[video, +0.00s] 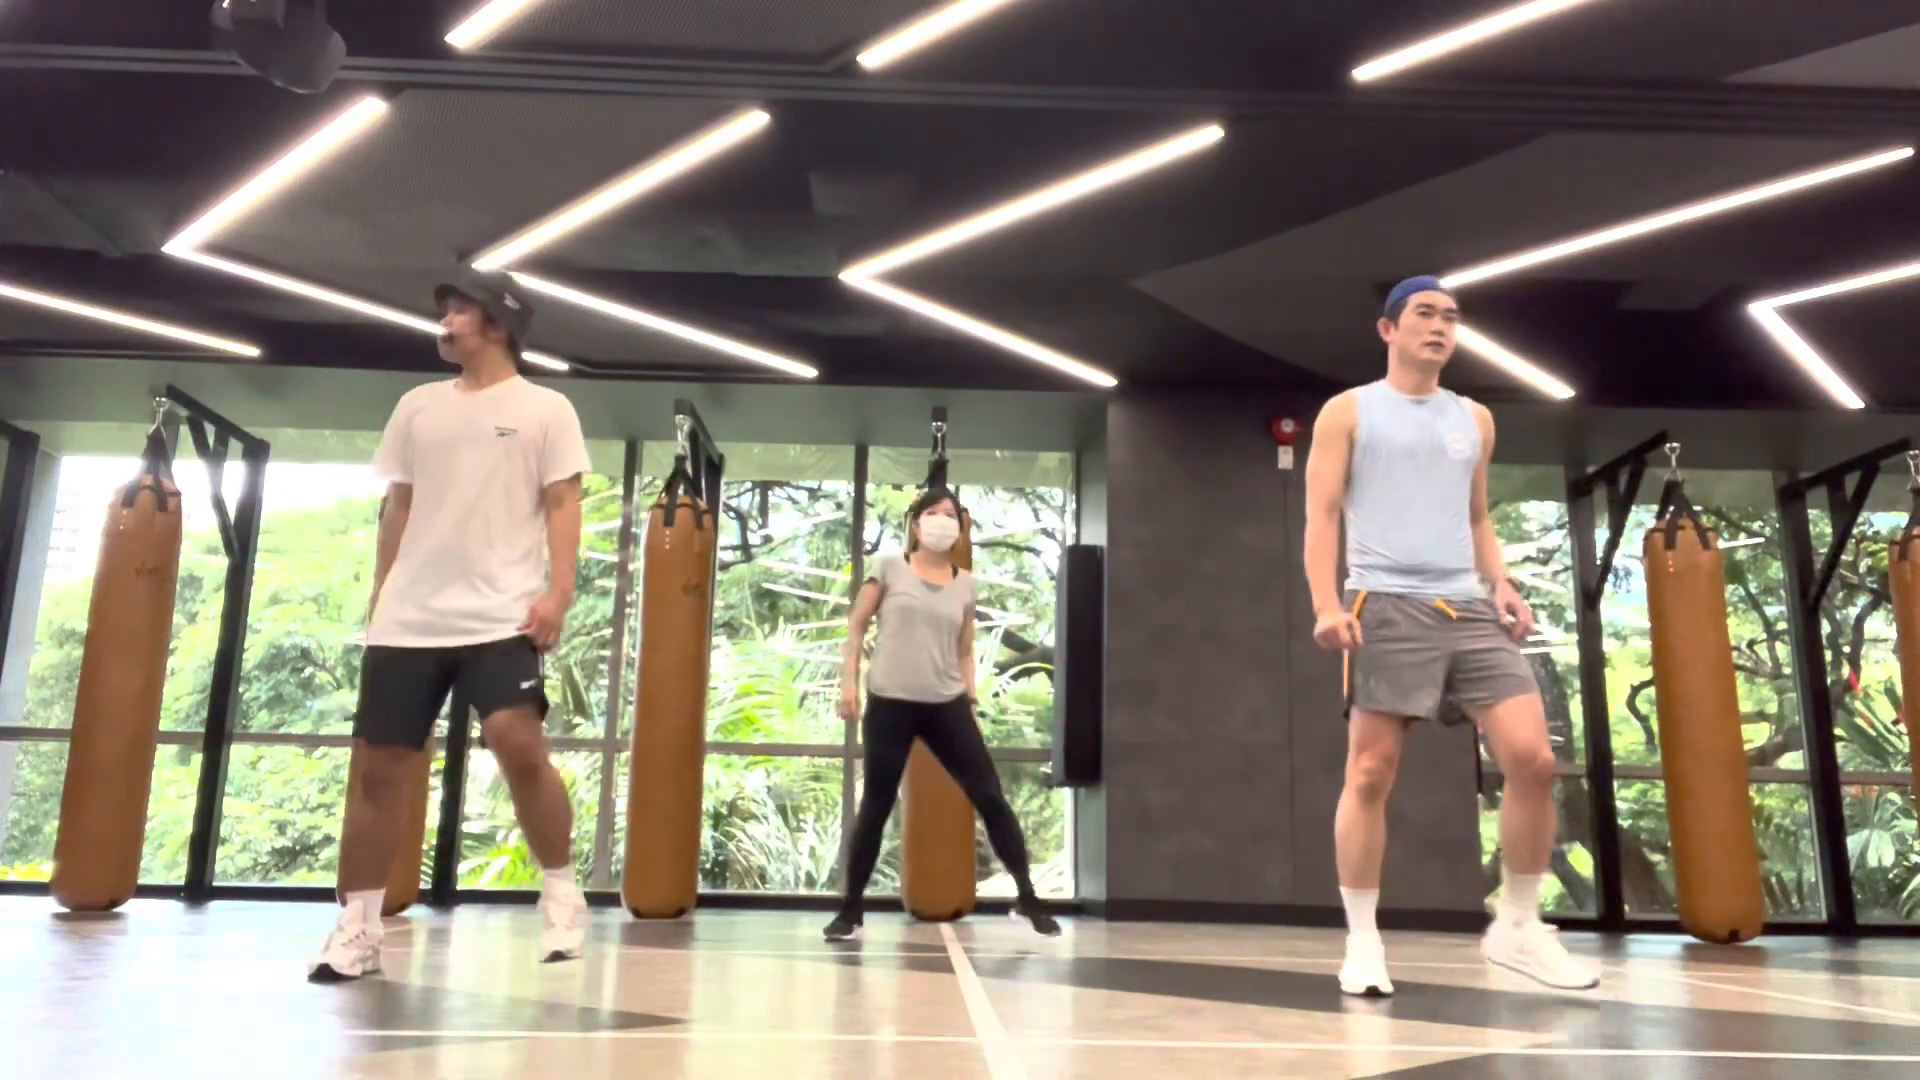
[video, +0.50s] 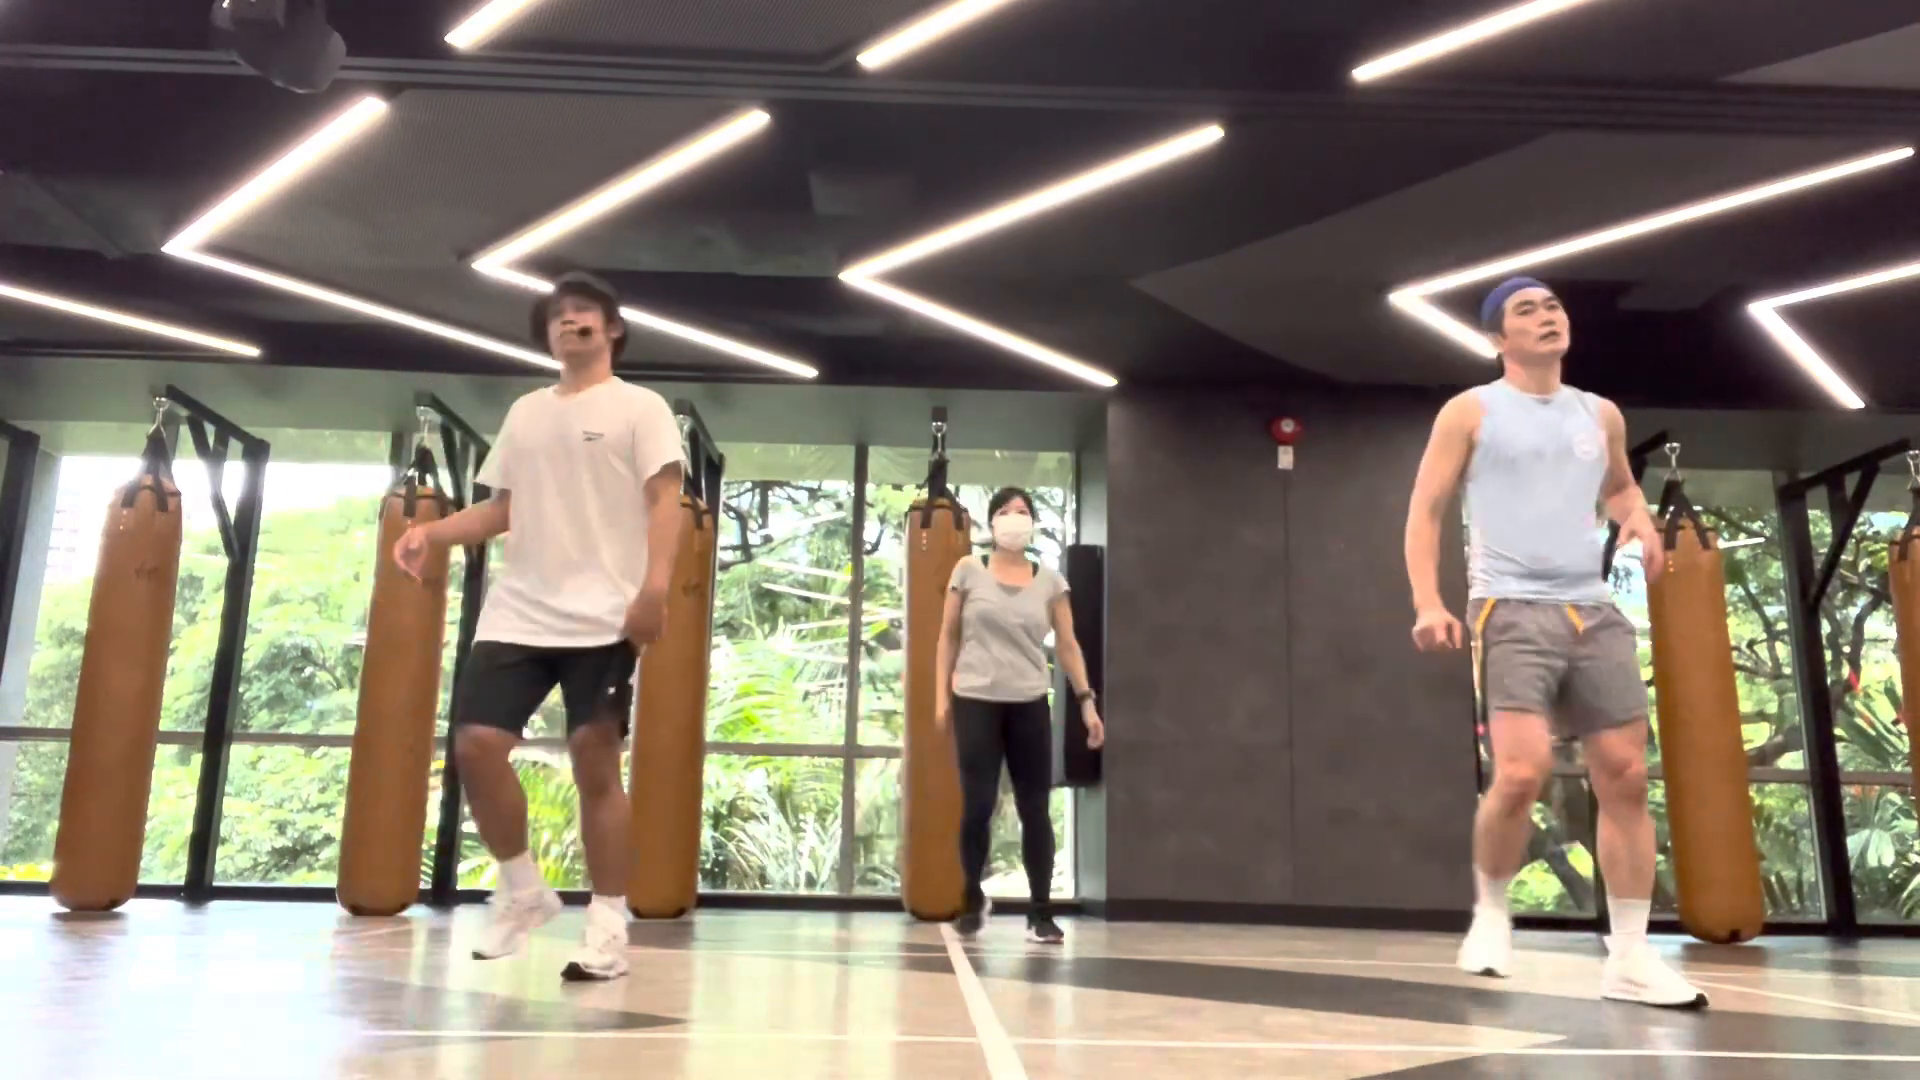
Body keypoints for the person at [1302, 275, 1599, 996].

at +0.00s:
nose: (1441, 326)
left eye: (1450, 318)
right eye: (1426, 313)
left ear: (1456, 336)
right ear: (1388, 328)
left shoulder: (1475, 421)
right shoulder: (1347, 412)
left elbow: (1480, 520)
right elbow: (1322, 514)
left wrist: (1501, 585)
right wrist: (1327, 605)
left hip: (1474, 611)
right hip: (1389, 611)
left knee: (1535, 762)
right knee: (1370, 774)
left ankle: (1517, 928)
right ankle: (1363, 946)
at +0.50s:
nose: (1547, 316)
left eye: (1554, 307)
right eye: (1527, 310)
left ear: (1569, 327)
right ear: (1499, 338)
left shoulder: (1602, 416)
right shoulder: (1469, 412)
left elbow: (1621, 492)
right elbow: (1425, 511)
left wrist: (1640, 524)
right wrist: (1428, 603)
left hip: (1597, 614)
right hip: (1512, 614)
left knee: (1627, 775)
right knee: (1521, 775)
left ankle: (1630, 956)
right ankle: (1491, 919)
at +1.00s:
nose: (1503, 314)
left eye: (1515, 306)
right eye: (1485, 309)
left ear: (1533, 333)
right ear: (1459, 340)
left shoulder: (1571, 396)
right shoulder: (1430, 430)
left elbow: (1617, 490)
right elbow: (1417, 532)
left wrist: (1616, 399)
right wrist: (1400, 617)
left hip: (1561, 625)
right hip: (1462, 623)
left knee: (1623, 775)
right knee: (1409, 756)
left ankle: (1631, 958)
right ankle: (1352, 928)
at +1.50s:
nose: (1403, 309)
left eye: (1412, 300)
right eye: (1386, 297)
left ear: (1421, 322)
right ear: (1351, 317)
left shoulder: (1447, 411)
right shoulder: (1307, 405)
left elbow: (1448, 523)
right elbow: (1258, 502)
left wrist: (1445, 610)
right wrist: (1250, 580)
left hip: (1422, 607)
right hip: (1336, 603)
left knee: (1416, 780)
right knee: (1317, 768)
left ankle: (1356, 919)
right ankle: (1304, 940)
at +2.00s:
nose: (1494, 333)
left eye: (1503, 322)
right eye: (1478, 321)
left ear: (1513, 339)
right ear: (1442, 337)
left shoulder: (1513, 434)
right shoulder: (1410, 409)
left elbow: (1487, 530)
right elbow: (1368, 510)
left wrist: (1503, 607)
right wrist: (1451, 571)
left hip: (1505, 627)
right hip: (1421, 622)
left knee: (1580, 777)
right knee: (1363, 778)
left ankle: (1627, 960)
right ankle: (1309, 942)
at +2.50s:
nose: (1569, 354)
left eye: (1580, 342)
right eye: (1553, 340)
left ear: (1589, 348)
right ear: (1516, 346)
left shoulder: (1618, 424)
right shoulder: (1467, 435)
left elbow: (1650, 534)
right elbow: (1448, 543)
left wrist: (1656, 489)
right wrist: (1445, 646)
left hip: (1628, 610)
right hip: (1544, 619)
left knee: (1666, 767)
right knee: (1606, 765)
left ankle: (1645, 954)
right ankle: (1587, 935)